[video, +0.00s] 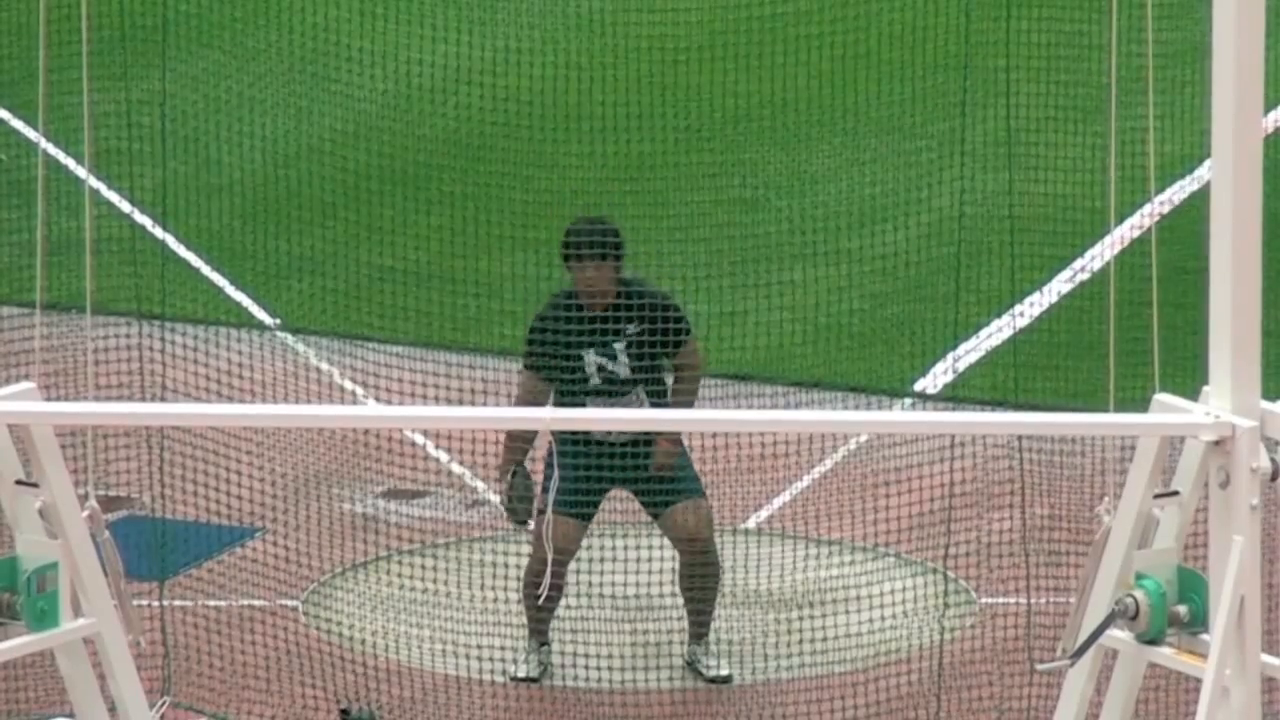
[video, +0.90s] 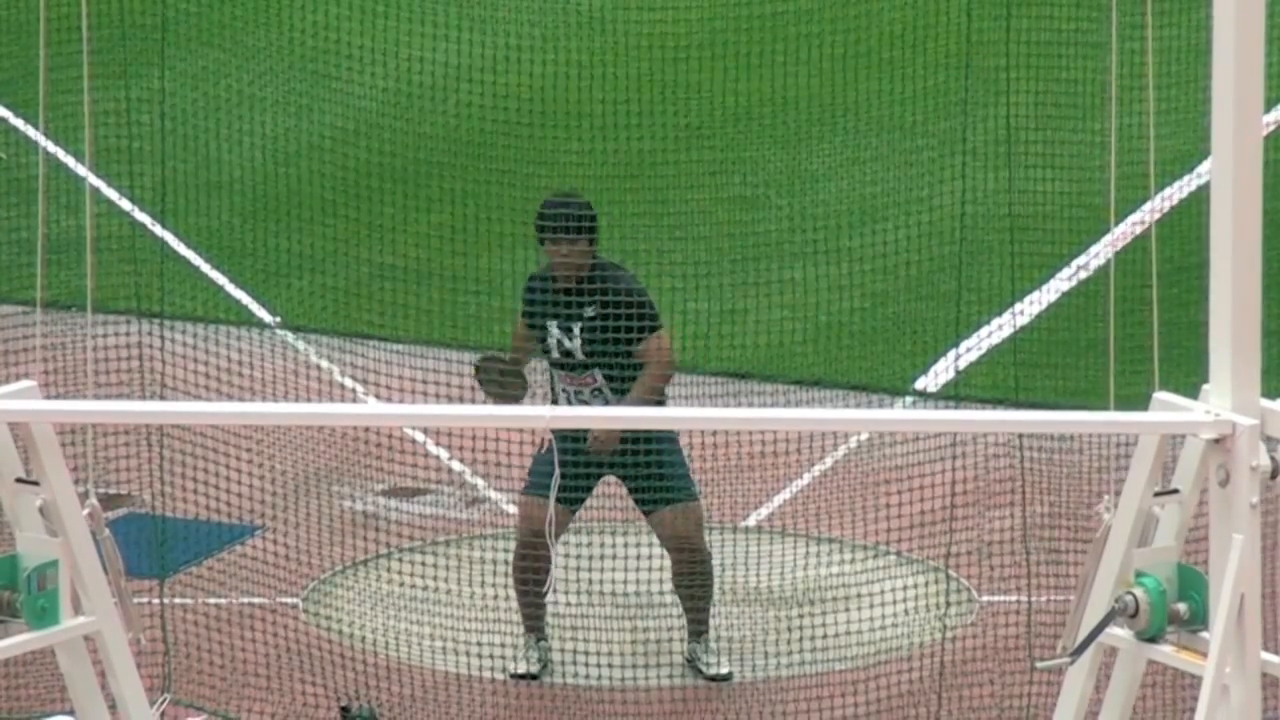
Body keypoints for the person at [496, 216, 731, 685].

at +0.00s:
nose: (592, 274)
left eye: (601, 263)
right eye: (581, 264)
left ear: (619, 264)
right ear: (568, 268)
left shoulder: (655, 310)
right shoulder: (554, 322)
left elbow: (689, 367)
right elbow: (530, 401)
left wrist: (672, 431)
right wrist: (510, 466)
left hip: (649, 443)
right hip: (579, 447)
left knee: (697, 535)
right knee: (556, 544)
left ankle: (699, 646)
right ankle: (537, 646)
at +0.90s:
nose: (562, 251)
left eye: (572, 241)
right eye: (553, 241)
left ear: (591, 243)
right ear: (542, 244)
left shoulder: (622, 290)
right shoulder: (538, 291)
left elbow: (662, 362)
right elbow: (521, 357)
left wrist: (618, 421)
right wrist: (500, 377)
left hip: (641, 428)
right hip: (573, 430)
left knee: (688, 541)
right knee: (532, 532)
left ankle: (699, 643)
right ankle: (535, 643)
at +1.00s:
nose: (577, 253)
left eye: (585, 243)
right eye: (567, 243)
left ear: (603, 244)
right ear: (553, 244)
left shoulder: (626, 292)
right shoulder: (545, 278)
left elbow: (663, 369)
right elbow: (515, 307)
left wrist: (614, 425)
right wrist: (500, 310)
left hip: (641, 428)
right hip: (572, 428)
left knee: (688, 540)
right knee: (530, 530)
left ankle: (700, 643)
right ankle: (533, 640)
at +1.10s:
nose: (581, 257)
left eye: (591, 247)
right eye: (574, 246)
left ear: (612, 250)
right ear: (562, 246)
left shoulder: (635, 297)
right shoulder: (553, 271)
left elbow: (667, 376)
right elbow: (519, 254)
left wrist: (614, 425)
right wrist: (494, 243)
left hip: (642, 429)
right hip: (574, 428)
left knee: (691, 534)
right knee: (531, 526)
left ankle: (700, 643)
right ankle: (534, 641)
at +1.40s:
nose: (622, 271)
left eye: (632, 261)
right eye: (613, 260)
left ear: (648, 263)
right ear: (599, 259)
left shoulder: (671, 309)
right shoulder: (581, 290)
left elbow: (696, 388)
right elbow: (502, 275)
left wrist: (640, 427)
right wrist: (436, 260)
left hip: (662, 431)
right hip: (588, 427)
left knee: (703, 530)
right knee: (540, 524)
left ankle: (701, 642)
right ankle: (533, 639)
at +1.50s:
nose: (640, 277)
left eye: (649, 266)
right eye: (630, 266)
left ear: (664, 265)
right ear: (614, 263)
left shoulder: (687, 313)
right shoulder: (594, 299)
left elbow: (710, 391)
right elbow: (520, 322)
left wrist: (658, 428)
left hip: (671, 431)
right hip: (595, 427)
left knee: (707, 526)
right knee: (544, 525)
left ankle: (701, 642)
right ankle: (534, 640)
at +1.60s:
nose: (656, 279)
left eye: (665, 269)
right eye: (646, 269)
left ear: (678, 268)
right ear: (630, 268)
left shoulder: (699, 311)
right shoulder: (604, 309)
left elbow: (722, 387)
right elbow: (554, 373)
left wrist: (681, 427)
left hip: (671, 431)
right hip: (599, 429)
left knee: (710, 525)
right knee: (549, 524)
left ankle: (700, 642)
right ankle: (534, 639)